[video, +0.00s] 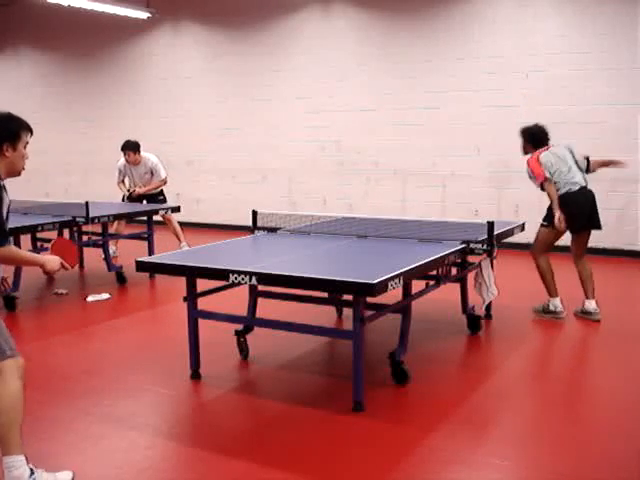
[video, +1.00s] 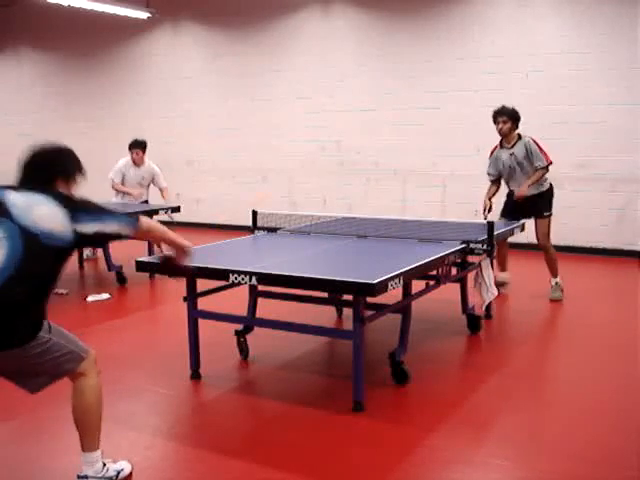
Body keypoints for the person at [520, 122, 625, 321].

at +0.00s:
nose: (522, 146)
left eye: (523, 142)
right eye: (522, 142)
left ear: (530, 143)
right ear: (544, 141)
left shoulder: (534, 160)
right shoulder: (564, 150)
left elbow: (548, 183)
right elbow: (588, 166)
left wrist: (556, 211)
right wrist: (609, 162)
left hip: (565, 202)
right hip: (587, 198)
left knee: (538, 251)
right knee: (579, 255)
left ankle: (554, 303)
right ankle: (591, 303)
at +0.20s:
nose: (502, 164)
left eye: (505, 160)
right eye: (502, 160)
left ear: (517, 161)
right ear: (520, 160)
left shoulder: (527, 179)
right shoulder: (533, 167)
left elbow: (539, 215)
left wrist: (531, 244)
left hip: (555, 218)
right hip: (567, 214)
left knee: (521, 260)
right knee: (536, 256)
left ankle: (549, 303)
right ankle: (572, 280)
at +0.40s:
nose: (495, 161)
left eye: (499, 157)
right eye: (494, 157)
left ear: (511, 157)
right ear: (493, 158)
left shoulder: (523, 177)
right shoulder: (497, 169)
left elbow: (537, 209)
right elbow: (477, 163)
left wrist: (530, 235)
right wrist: (466, 173)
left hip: (540, 218)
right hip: (522, 216)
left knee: (518, 260)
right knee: (497, 242)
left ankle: (549, 301)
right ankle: (499, 278)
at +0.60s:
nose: (489, 156)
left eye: (493, 152)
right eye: (486, 152)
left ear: (503, 152)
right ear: (484, 153)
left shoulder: (516, 171)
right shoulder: (484, 174)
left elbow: (532, 195)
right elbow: (473, 193)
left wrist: (528, 220)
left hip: (523, 212)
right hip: (501, 212)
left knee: (518, 251)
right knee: (484, 245)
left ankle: (550, 290)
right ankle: (480, 278)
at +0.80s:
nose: (491, 141)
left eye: (495, 137)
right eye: (488, 137)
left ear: (505, 138)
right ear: (486, 139)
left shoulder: (520, 159)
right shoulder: (485, 166)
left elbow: (532, 182)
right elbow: (485, 191)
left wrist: (526, 203)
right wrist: (484, 208)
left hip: (522, 206)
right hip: (499, 209)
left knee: (532, 247)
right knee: (486, 246)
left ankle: (553, 282)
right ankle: (478, 277)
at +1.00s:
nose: (500, 127)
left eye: (504, 122)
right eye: (497, 123)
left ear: (514, 124)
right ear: (495, 126)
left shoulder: (527, 143)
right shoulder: (496, 153)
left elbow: (544, 166)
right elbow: (495, 181)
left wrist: (526, 185)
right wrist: (488, 198)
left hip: (539, 193)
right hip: (516, 195)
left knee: (543, 241)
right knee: (500, 236)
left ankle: (555, 281)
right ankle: (502, 276)